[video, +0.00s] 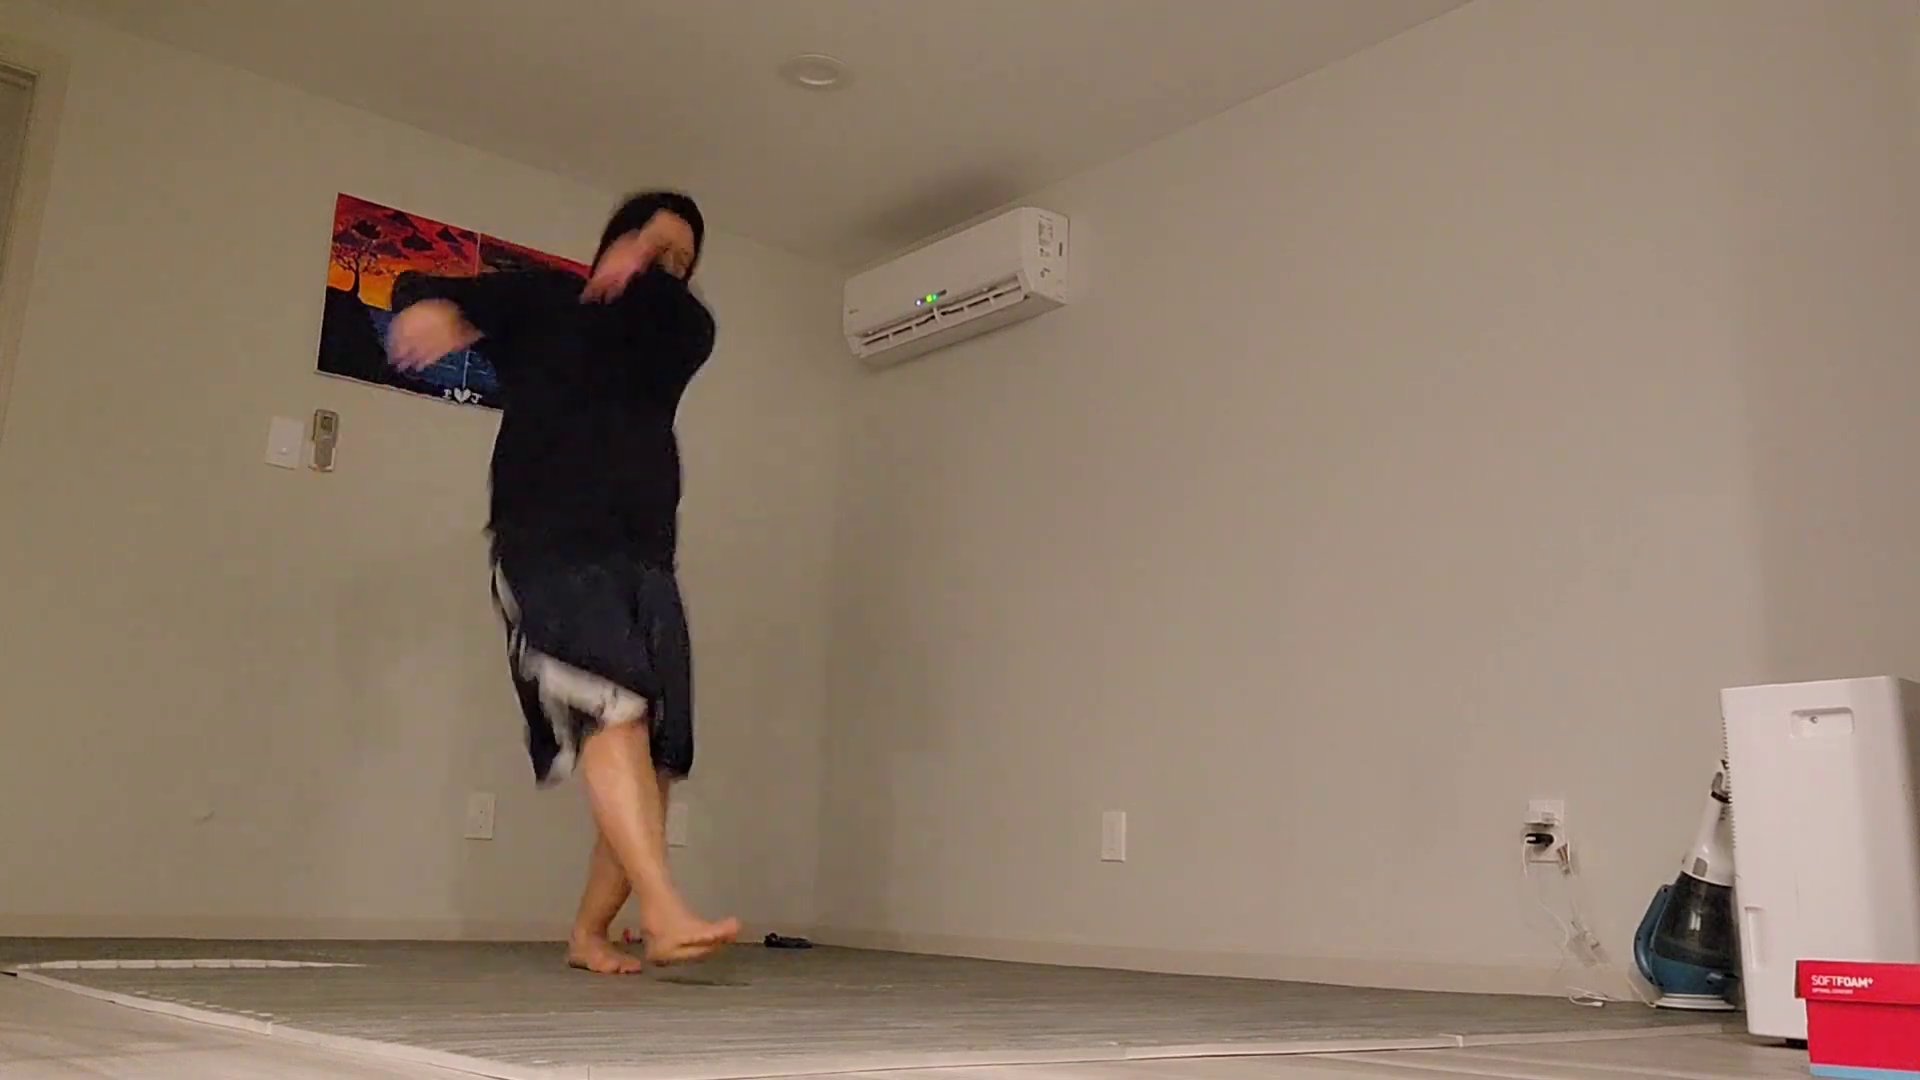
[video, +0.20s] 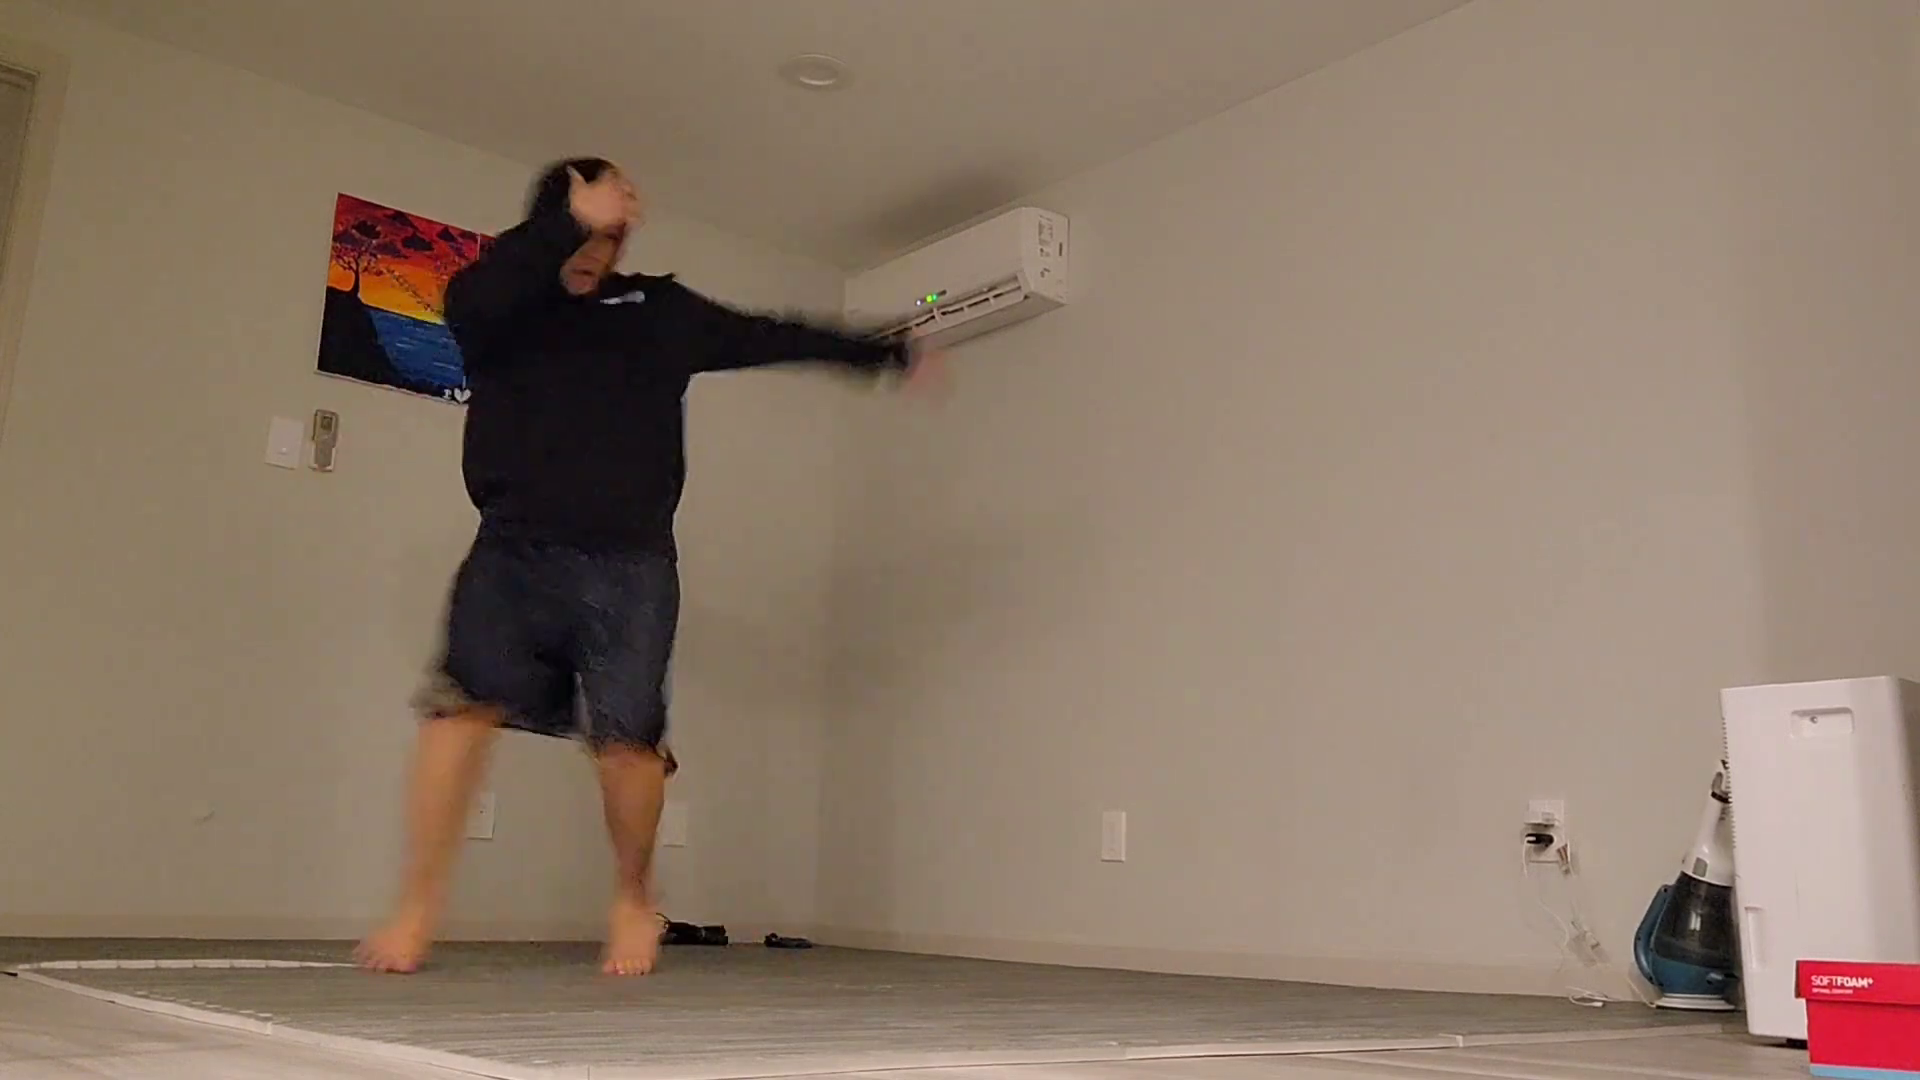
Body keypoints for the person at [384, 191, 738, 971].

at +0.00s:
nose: (653, 258)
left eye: (675, 252)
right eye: (648, 240)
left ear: (687, 268)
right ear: (615, 240)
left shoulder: (679, 326)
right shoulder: (542, 295)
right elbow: (449, 296)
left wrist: (644, 250)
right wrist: (437, 313)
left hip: (642, 546)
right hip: (548, 536)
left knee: (651, 745)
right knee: (613, 715)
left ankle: (590, 930)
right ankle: (663, 913)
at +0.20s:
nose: (596, 252)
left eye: (610, 238)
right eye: (582, 236)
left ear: (624, 242)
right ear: (547, 230)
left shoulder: (659, 314)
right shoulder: (498, 301)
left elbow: (773, 337)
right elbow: (471, 302)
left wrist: (886, 351)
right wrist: (567, 217)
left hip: (629, 560)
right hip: (513, 550)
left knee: (626, 740)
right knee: (460, 712)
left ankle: (634, 899)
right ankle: (416, 909)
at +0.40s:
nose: (620, 237)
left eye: (632, 224)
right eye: (606, 219)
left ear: (640, 231)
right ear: (563, 214)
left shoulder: (639, 309)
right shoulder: (494, 268)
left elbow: (663, 424)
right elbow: (418, 323)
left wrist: (693, 522)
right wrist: (504, 306)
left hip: (610, 534)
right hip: (498, 530)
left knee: (646, 700)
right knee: (443, 723)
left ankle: (653, 897)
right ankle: (385, 914)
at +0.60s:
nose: (648, 256)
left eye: (663, 242)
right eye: (636, 234)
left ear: (673, 250)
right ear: (596, 225)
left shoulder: (653, 331)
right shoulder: (523, 269)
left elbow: (688, 414)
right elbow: (387, 304)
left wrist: (751, 443)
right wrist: (244, 324)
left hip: (616, 536)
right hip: (544, 516)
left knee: (695, 716)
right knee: (569, 727)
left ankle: (649, 923)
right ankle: (397, 892)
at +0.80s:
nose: (649, 255)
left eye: (664, 245)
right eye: (640, 234)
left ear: (671, 257)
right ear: (600, 222)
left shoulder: (661, 333)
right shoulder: (523, 277)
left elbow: (754, 357)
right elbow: (406, 331)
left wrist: (841, 321)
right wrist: (303, 389)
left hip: (600, 538)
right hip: (523, 515)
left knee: (662, 719)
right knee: (545, 708)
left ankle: (644, 933)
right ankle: (358, 876)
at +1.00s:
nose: (600, 239)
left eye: (614, 226)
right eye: (592, 217)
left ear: (623, 224)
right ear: (551, 196)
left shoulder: (613, 287)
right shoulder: (475, 230)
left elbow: (626, 410)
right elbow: (468, 315)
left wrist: (635, 413)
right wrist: (597, 353)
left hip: (565, 499)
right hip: (476, 480)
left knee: (550, 714)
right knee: (504, 645)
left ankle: (429, 911)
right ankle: (471, 886)